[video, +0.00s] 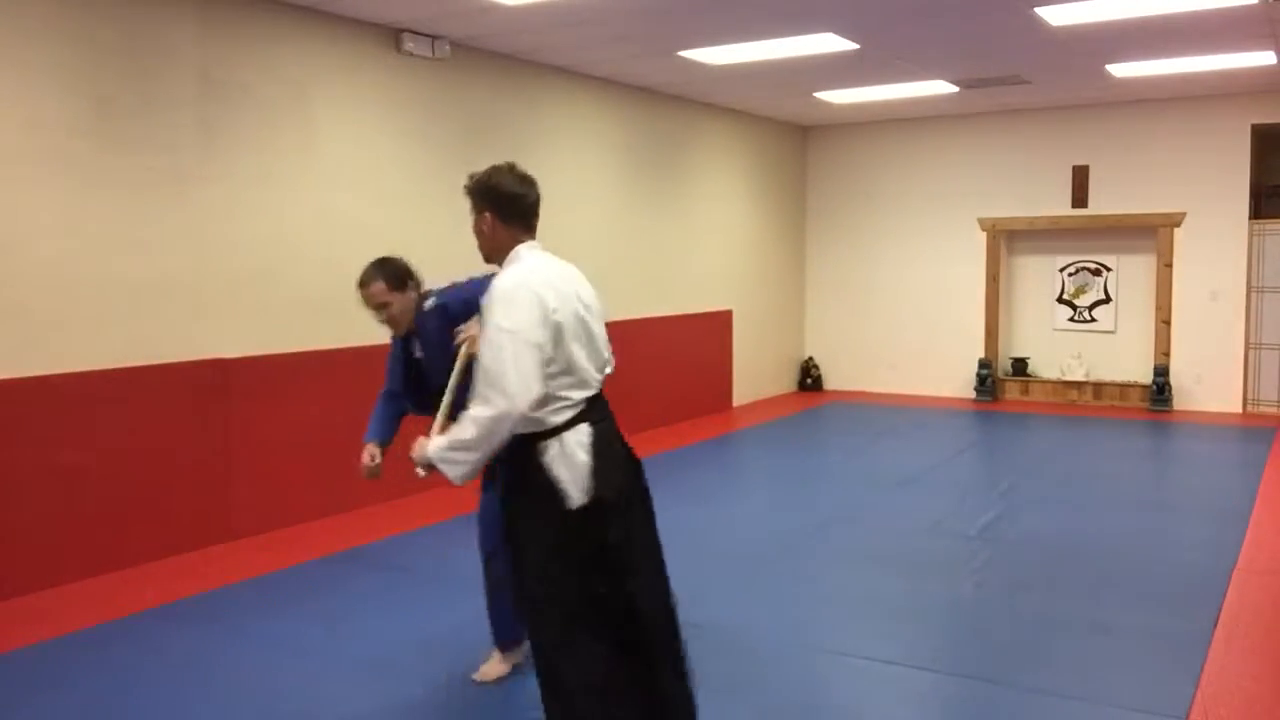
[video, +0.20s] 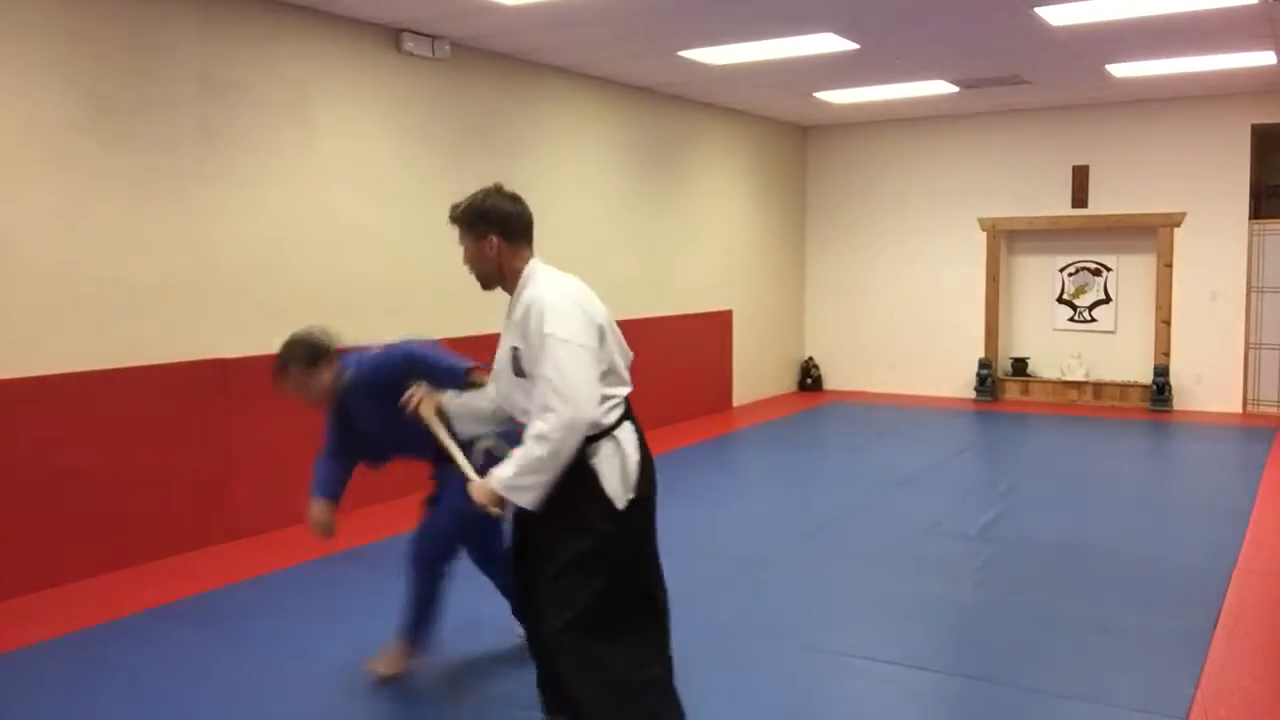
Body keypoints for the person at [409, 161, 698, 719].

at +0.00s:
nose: (474, 230)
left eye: (474, 219)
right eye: (474, 219)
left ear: (489, 221)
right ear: (530, 217)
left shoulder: (510, 291)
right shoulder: (566, 274)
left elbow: (507, 401)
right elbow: (592, 360)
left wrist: (440, 451)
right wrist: (497, 343)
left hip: (550, 463)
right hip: (602, 444)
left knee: (562, 611)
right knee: (628, 594)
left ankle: (588, 707)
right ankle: (658, 705)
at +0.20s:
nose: (464, 258)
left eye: (467, 245)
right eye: (463, 246)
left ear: (495, 244)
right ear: (505, 243)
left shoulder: (553, 302)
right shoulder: (526, 305)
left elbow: (570, 412)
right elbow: (510, 399)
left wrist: (503, 482)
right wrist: (445, 406)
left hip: (597, 472)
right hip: (561, 469)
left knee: (595, 613)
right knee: (546, 606)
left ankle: (625, 707)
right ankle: (573, 705)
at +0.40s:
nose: (467, 288)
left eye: (469, 275)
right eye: (464, 277)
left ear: (503, 267)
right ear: (503, 269)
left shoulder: (589, 310)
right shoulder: (513, 334)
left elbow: (631, 408)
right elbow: (478, 420)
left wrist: (578, 490)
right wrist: (418, 471)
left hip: (632, 468)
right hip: (579, 465)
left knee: (609, 603)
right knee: (554, 587)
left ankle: (631, 707)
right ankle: (578, 690)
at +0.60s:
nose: (484, 307)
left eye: (489, 294)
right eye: (480, 295)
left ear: (525, 282)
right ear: (521, 283)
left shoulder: (613, 317)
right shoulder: (511, 348)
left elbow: (677, 402)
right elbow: (487, 434)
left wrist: (651, 489)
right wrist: (456, 520)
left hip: (645, 468)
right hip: (587, 469)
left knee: (626, 597)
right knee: (550, 575)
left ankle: (639, 709)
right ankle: (577, 691)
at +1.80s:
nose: (538, 244)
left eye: (548, 231)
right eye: (537, 231)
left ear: (590, 232)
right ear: (573, 234)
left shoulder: (651, 301)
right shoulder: (549, 303)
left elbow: (704, 394)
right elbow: (522, 392)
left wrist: (694, 490)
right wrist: (491, 471)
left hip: (643, 469)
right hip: (582, 465)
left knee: (628, 615)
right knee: (568, 598)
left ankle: (643, 712)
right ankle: (578, 703)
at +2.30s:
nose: (548, 195)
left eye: (560, 185)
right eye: (548, 184)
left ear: (600, 191)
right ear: (584, 193)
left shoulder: (633, 270)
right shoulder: (584, 265)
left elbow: (634, 386)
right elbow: (590, 366)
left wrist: (603, 482)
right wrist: (548, 413)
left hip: (625, 446)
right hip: (583, 437)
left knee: (630, 601)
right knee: (584, 595)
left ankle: (638, 707)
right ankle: (585, 700)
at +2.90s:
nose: (520, 201)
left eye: (530, 191)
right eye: (519, 191)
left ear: (567, 196)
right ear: (557, 200)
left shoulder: (587, 261)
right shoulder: (566, 261)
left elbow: (588, 366)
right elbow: (575, 357)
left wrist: (531, 445)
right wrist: (524, 382)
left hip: (590, 440)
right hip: (568, 436)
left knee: (585, 592)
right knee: (564, 590)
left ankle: (594, 709)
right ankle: (571, 707)